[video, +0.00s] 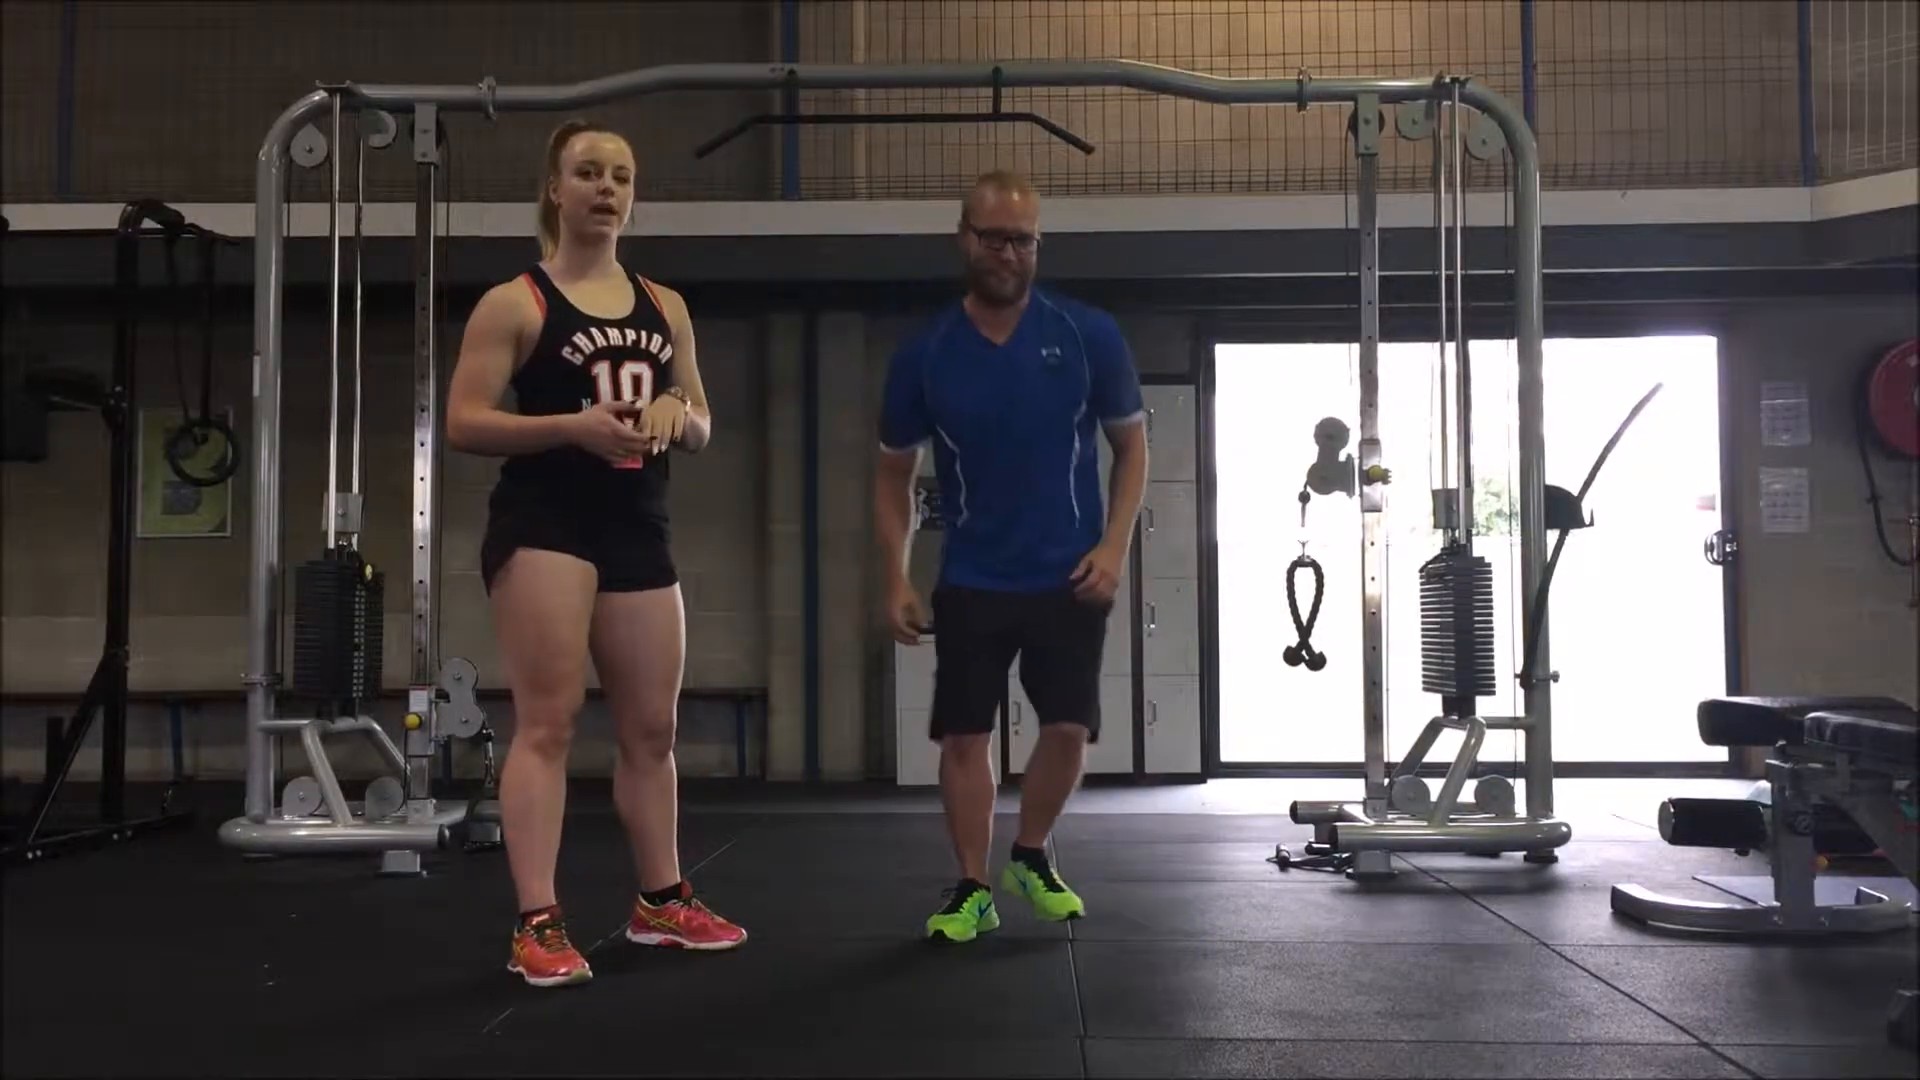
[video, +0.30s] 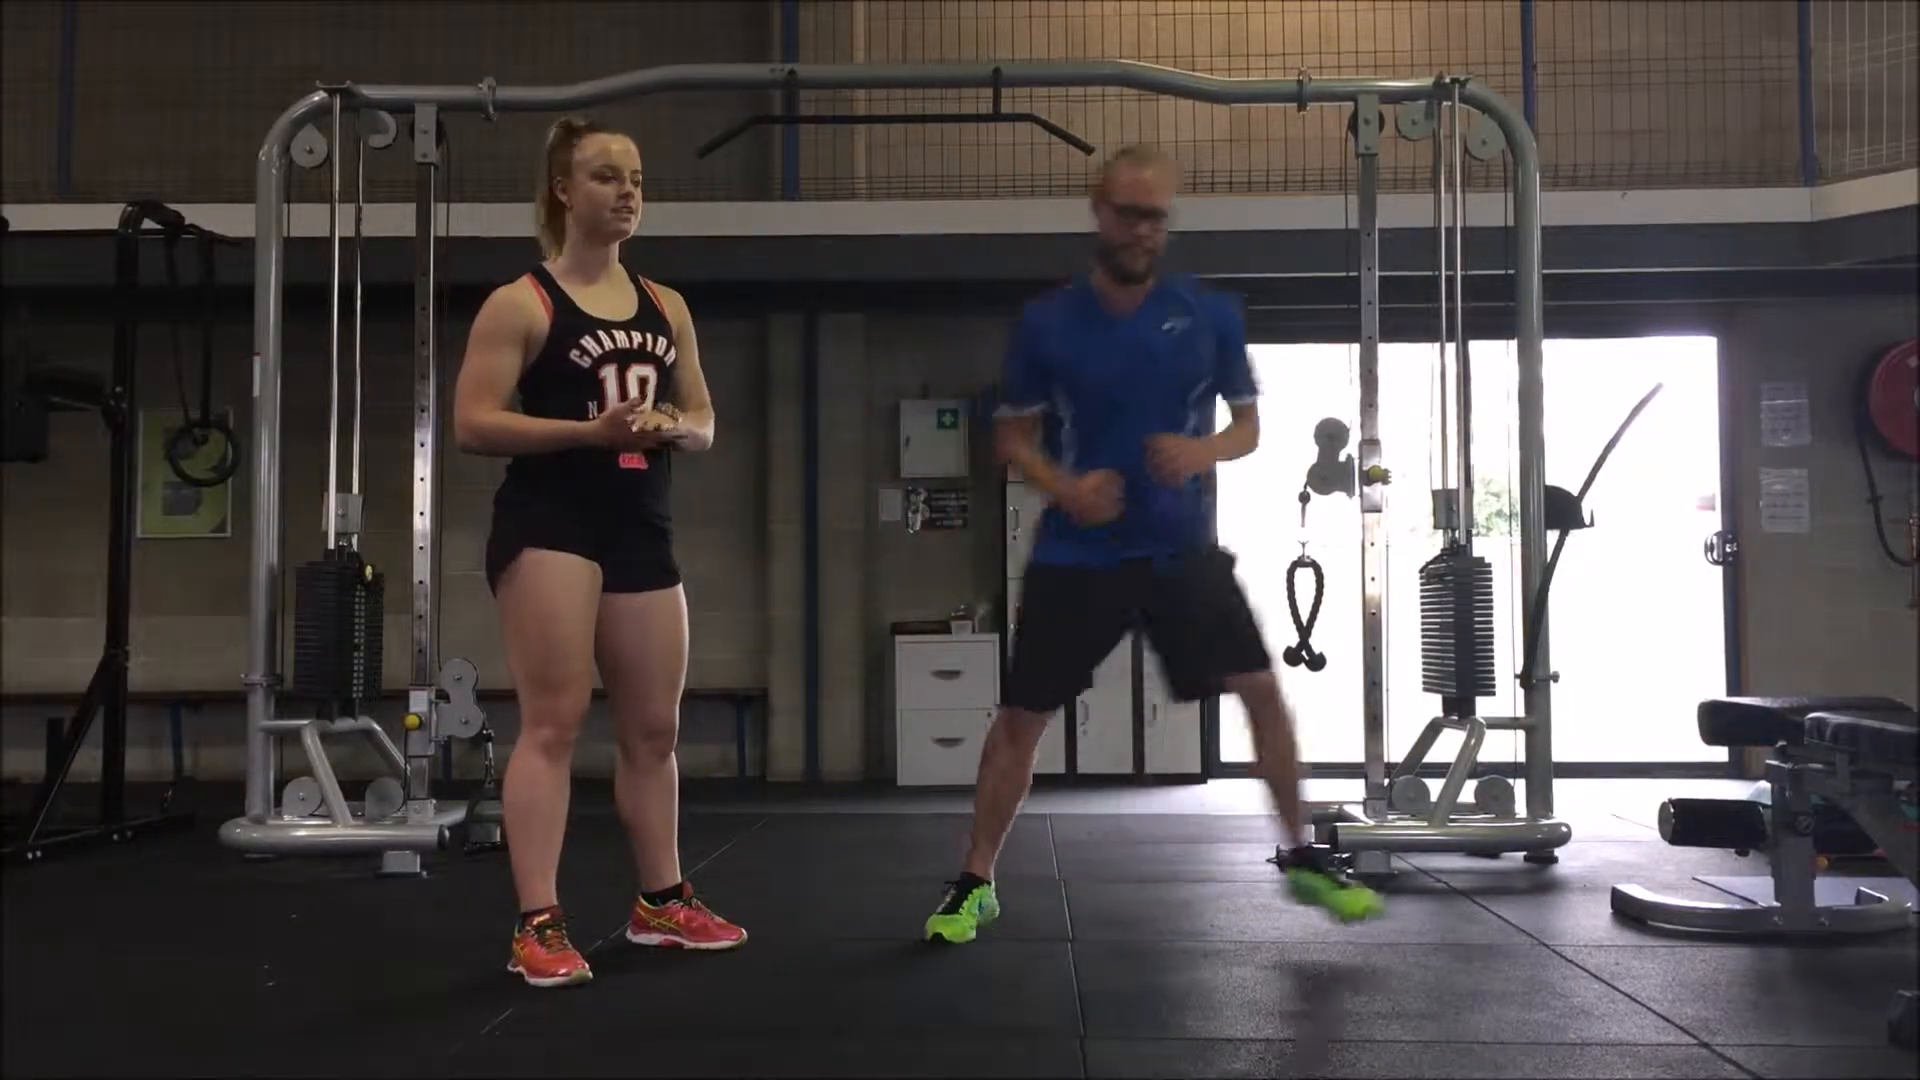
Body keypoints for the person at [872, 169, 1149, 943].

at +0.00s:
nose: (1008, 253)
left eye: (1022, 240)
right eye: (993, 238)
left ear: (1040, 245)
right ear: (963, 241)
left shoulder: (1090, 337)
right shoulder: (925, 354)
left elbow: (1131, 444)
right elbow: (894, 473)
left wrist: (1114, 547)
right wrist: (896, 580)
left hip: (1067, 577)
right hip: (971, 579)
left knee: (1070, 727)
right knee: (962, 734)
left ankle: (1027, 853)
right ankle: (972, 887)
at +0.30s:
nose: (1142, 229)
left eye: (1156, 216)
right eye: (1127, 213)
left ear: (1171, 221)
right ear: (1095, 212)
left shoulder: (1210, 316)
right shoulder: (1046, 324)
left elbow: (1247, 429)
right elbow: (1013, 438)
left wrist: (1204, 451)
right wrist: (1064, 486)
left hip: (1181, 554)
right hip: (1075, 557)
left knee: (1260, 685)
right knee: (1018, 716)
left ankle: (1298, 851)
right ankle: (975, 880)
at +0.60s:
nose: (1359, 244)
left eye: (1373, 230)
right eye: (1343, 227)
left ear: (1386, 229)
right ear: (1304, 218)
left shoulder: (1421, 330)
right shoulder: (1253, 334)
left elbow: (1452, 446)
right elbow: (1212, 454)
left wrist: (1399, 474)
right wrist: (1254, 484)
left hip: (1379, 570)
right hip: (1274, 572)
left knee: (1448, 710)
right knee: (1210, 719)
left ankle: (1443, 902)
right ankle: (1148, 823)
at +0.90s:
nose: (1426, 223)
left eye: (1441, 210)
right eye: (1410, 208)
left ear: (1460, 217)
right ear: (1379, 211)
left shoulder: (1499, 319)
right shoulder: (1324, 313)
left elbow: (1521, 428)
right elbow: (1280, 439)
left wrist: (1480, 475)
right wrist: (1341, 478)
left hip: (1445, 559)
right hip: (1338, 560)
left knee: (1476, 712)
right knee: (1313, 720)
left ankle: (1448, 896)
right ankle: (1293, 833)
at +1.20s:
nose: (1409, 266)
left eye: (1430, 252)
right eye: (1398, 248)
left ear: (1465, 251)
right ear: (1381, 242)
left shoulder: (1505, 357)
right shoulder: (1331, 338)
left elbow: (1519, 476)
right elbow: (1278, 456)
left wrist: (1461, 507)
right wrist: (1345, 500)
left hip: (1440, 580)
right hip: (1335, 582)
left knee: (1482, 727)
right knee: (1331, 746)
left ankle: (1446, 898)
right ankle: (1340, 845)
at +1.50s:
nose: (1313, 263)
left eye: (1332, 249)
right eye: (1302, 246)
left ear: (1368, 248)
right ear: (1288, 242)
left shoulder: (1417, 350)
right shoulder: (1244, 341)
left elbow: (1453, 472)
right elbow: (1194, 452)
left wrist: (1363, 480)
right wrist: (1245, 487)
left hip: (1366, 573)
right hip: (1258, 570)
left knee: (1445, 721)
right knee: (1192, 708)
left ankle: (1447, 900)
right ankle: (1158, 861)